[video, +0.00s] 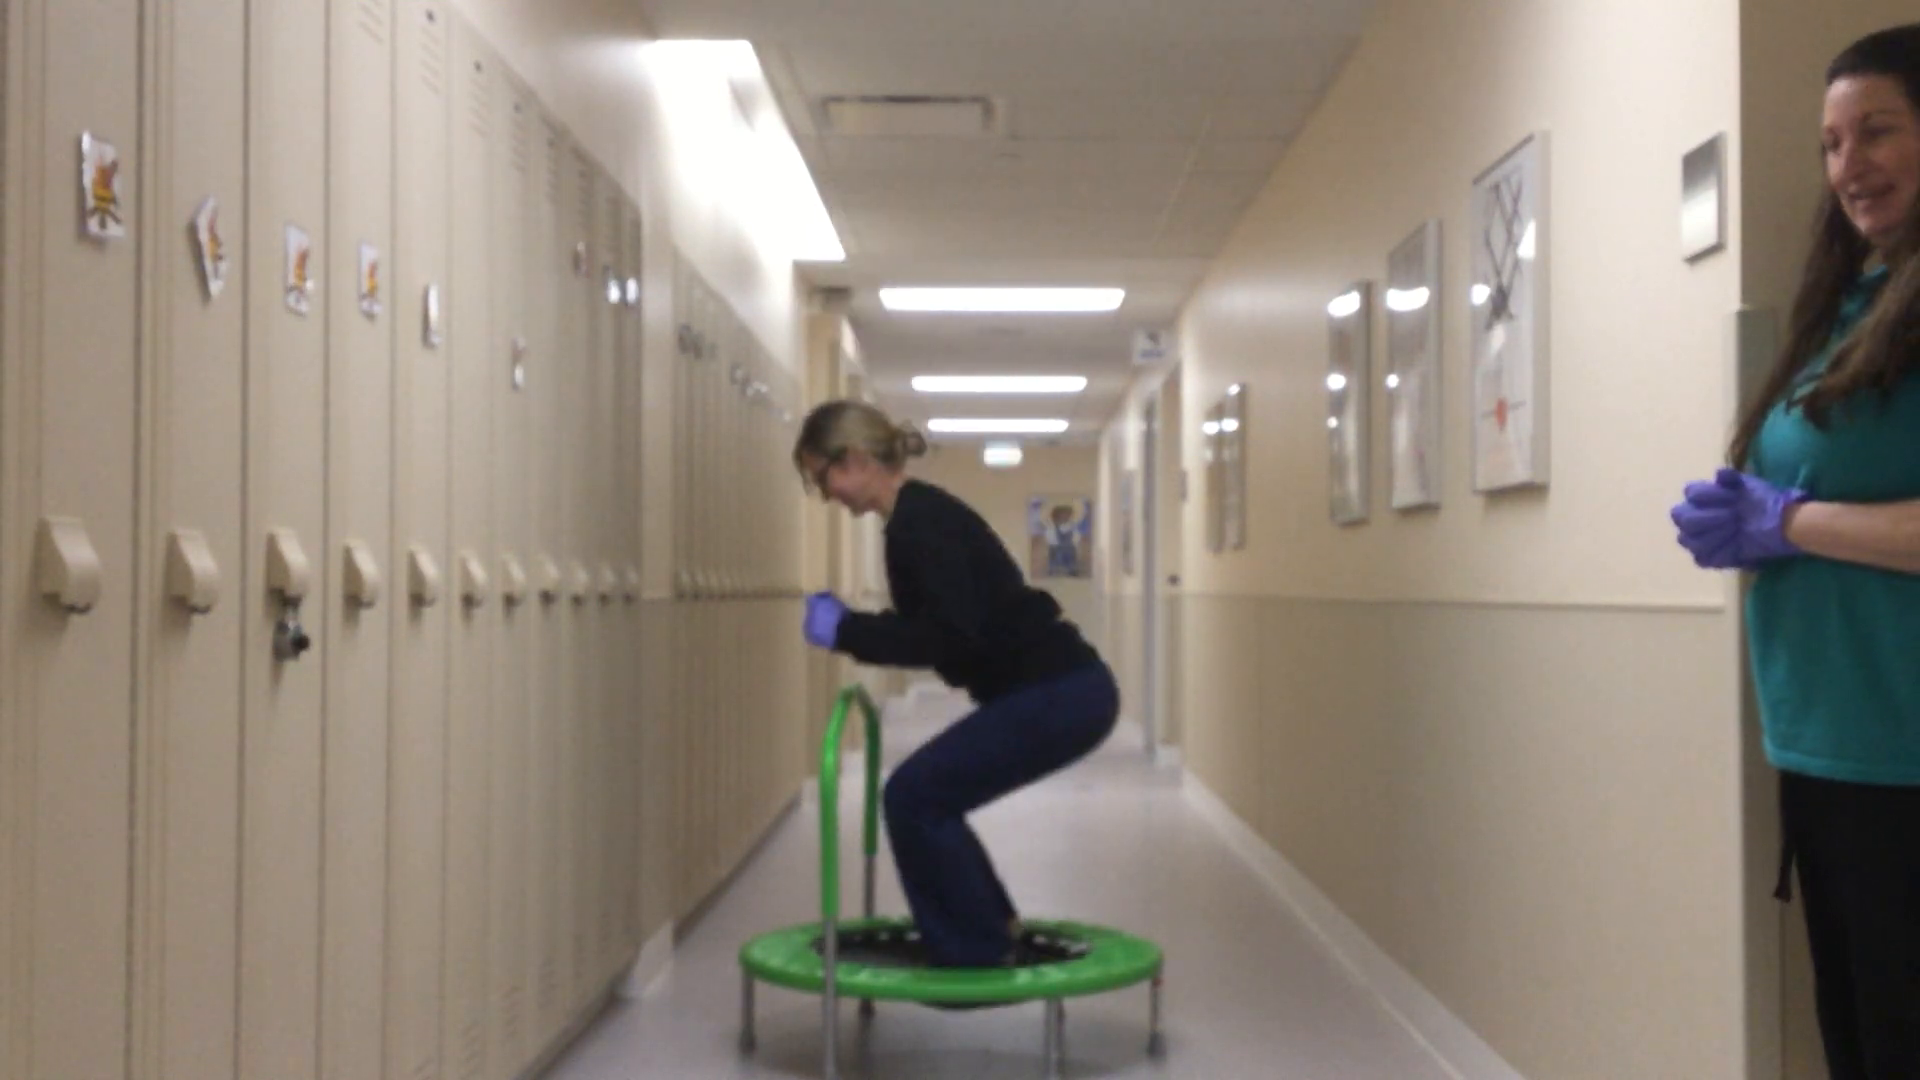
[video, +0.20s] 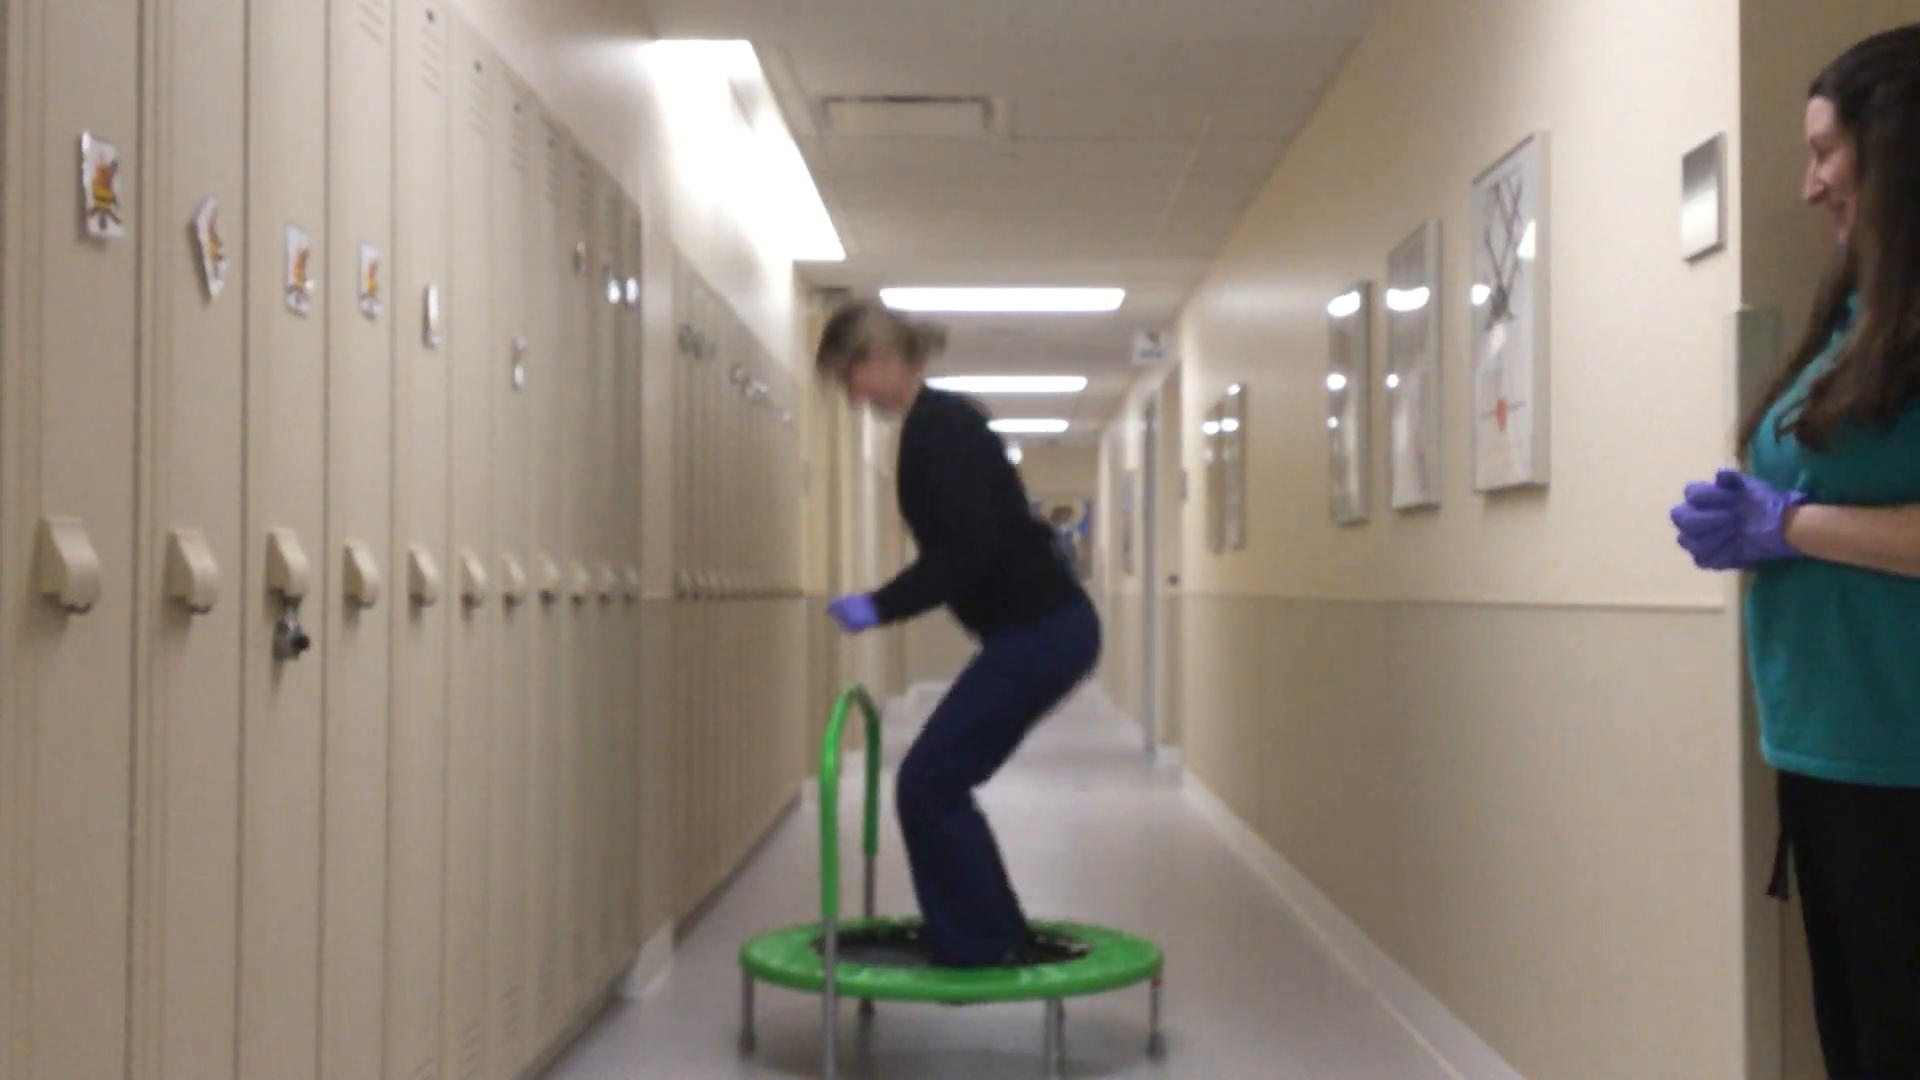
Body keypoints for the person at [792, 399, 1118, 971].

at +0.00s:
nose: (827, 492)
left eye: (826, 474)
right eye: (819, 481)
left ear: (859, 456)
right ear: (864, 459)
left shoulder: (922, 519)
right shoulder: (913, 519)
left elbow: (939, 637)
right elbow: (931, 633)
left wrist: (848, 630)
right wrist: (851, 628)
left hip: (1063, 695)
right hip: (1058, 692)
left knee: (913, 796)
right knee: (918, 793)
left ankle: (972, 950)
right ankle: (990, 929)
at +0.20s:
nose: (854, 393)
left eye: (855, 374)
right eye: (846, 381)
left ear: (887, 353)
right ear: (873, 365)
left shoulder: (940, 426)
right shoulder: (930, 426)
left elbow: (965, 549)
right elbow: (955, 550)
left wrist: (880, 604)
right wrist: (883, 601)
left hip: (1045, 632)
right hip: (1037, 630)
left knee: (928, 783)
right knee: (930, 781)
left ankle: (981, 942)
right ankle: (982, 936)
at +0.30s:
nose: (867, 297)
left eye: (870, 278)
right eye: (860, 285)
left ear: (904, 260)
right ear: (894, 272)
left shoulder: (956, 332)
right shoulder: (945, 335)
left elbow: (985, 448)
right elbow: (967, 453)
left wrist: (950, 550)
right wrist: (946, 549)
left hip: (1024, 555)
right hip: (1013, 554)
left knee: (975, 742)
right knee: (976, 742)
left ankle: (984, 934)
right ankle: (992, 925)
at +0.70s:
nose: (890, 346)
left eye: (890, 328)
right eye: (882, 334)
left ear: (920, 308)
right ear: (916, 315)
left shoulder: (977, 374)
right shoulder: (966, 379)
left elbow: (1019, 485)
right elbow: (1011, 485)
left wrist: (970, 578)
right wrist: (976, 575)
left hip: (1049, 592)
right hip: (1036, 591)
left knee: (977, 755)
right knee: (979, 754)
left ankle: (1020, 937)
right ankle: (1020, 931)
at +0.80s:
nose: (877, 428)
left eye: (880, 410)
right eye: (869, 417)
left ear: (911, 394)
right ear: (901, 404)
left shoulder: (966, 465)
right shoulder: (953, 468)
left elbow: (991, 578)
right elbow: (978, 580)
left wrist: (903, 623)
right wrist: (903, 619)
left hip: (1079, 661)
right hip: (1067, 659)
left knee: (951, 785)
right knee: (950, 783)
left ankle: (1018, 944)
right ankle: (1010, 936)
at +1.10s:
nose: (868, 381)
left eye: (867, 362)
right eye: (859, 369)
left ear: (898, 341)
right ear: (885, 354)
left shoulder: (959, 412)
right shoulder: (942, 417)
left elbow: (982, 527)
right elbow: (964, 531)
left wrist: (907, 583)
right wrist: (904, 579)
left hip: (1059, 617)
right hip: (1046, 616)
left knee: (952, 772)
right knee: (951, 770)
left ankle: (1000, 934)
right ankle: (999, 931)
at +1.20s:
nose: (874, 287)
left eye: (873, 268)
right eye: (866, 276)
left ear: (902, 244)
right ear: (894, 255)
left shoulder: (967, 310)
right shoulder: (954, 314)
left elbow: (1012, 426)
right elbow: (996, 428)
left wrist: (972, 522)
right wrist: (968, 526)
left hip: (1036, 531)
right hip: (1025, 532)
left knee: (991, 721)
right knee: (991, 720)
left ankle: (1005, 919)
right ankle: (1001, 914)